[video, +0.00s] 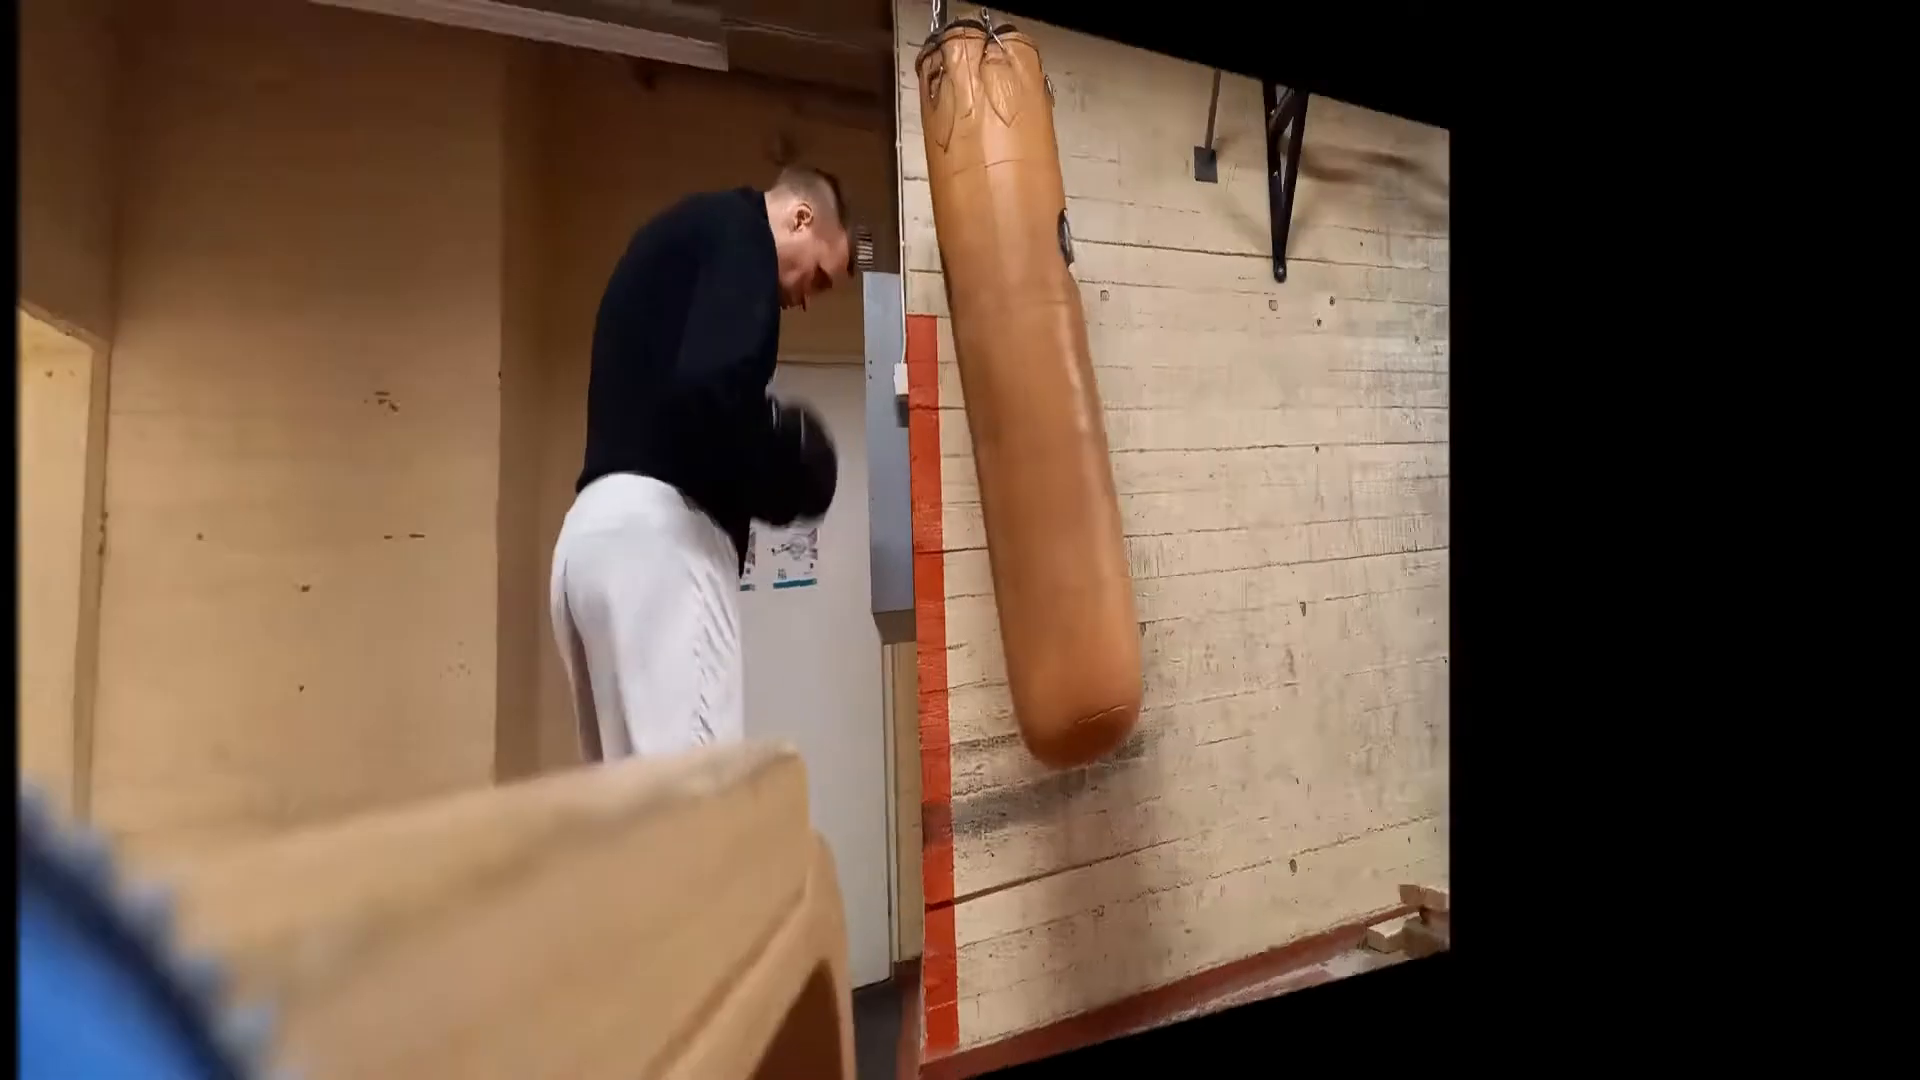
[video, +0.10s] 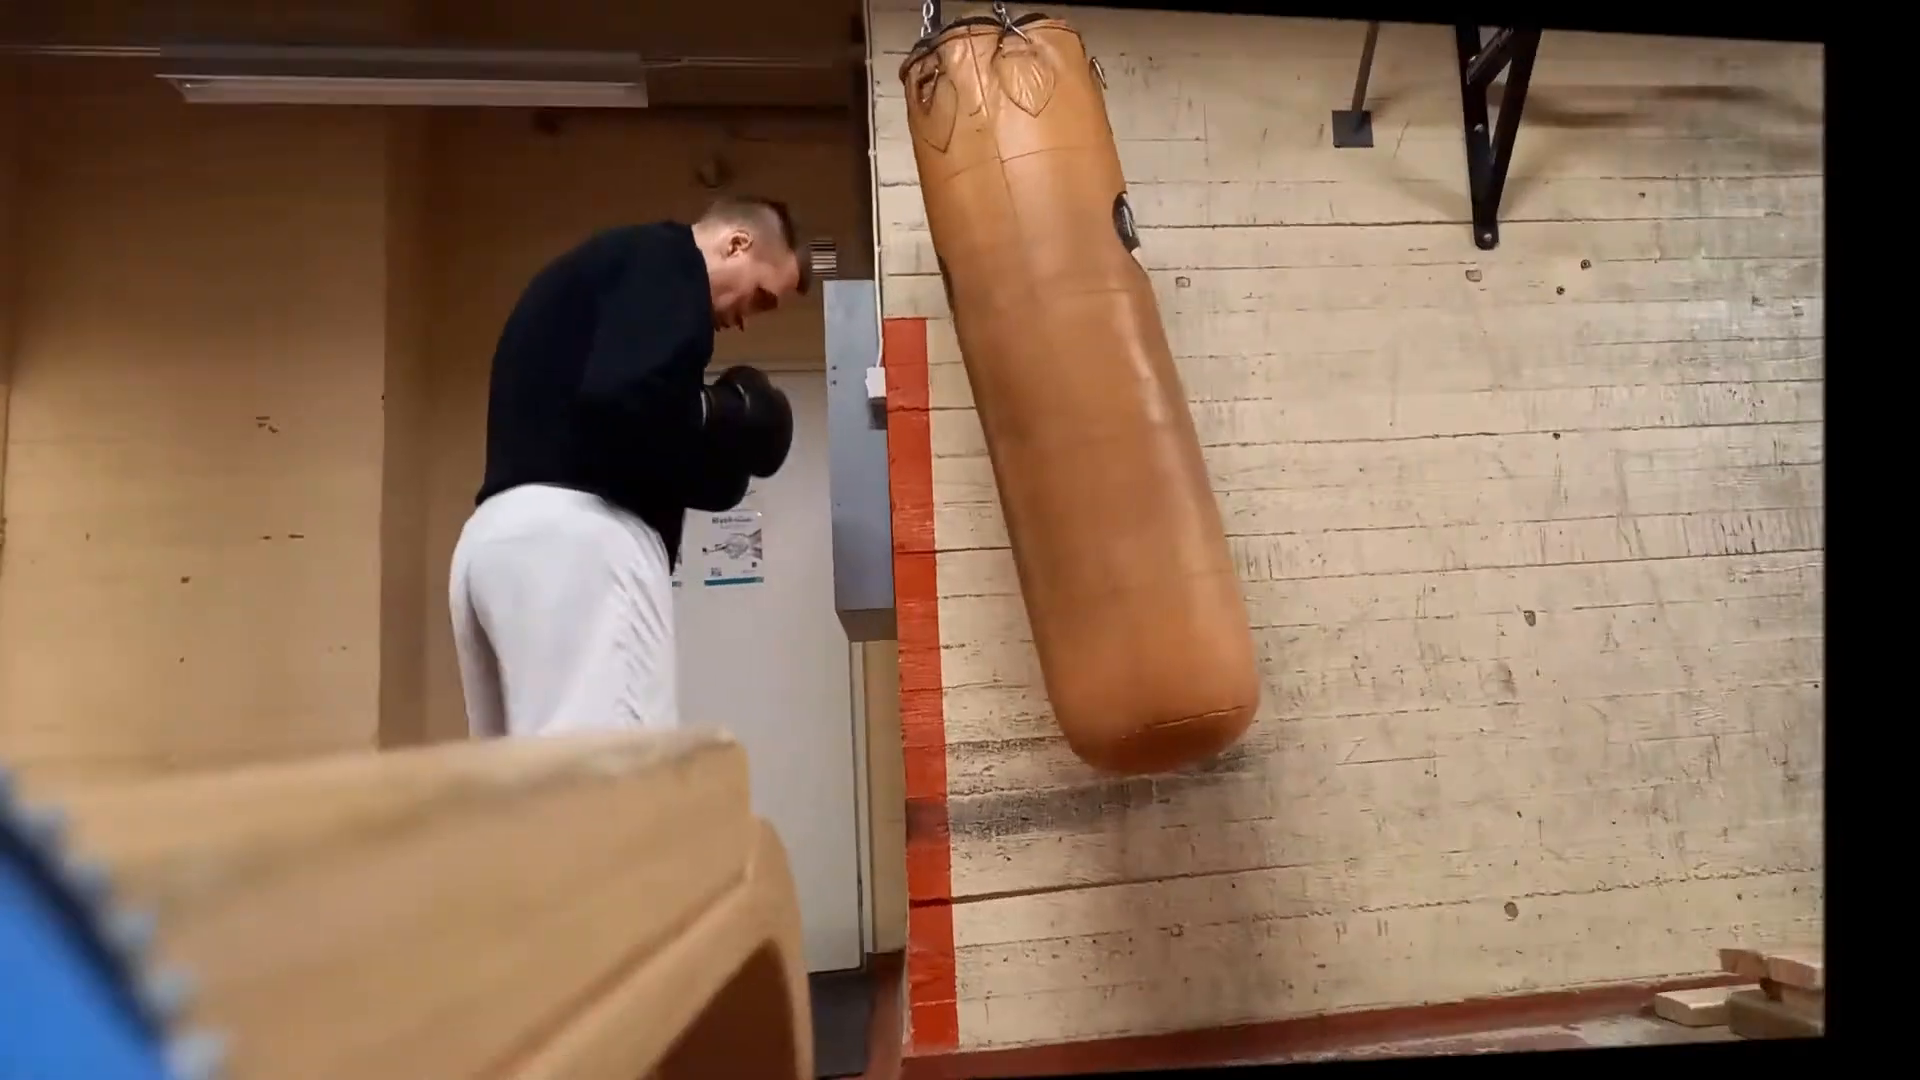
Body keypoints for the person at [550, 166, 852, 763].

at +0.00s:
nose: (804, 300)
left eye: (820, 288)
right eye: (818, 275)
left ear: (794, 216)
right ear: (799, 218)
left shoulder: (671, 242)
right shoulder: (740, 234)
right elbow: (713, 393)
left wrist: (767, 454)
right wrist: (790, 473)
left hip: (593, 533)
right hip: (657, 532)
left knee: (628, 808)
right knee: (695, 809)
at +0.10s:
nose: (744, 321)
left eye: (762, 310)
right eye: (760, 297)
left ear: (733, 242)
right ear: (735, 245)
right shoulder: (666, 265)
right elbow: (629, 400)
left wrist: (714, 428)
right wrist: (722, 451)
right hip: (578, 539)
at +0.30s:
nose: (746, 345)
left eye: (764, 334)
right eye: (762, 322)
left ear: (738, 273)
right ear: (739, 275)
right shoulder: (678, 292)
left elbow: (526, 474)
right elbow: (650, 430)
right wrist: (727, 504)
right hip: (587, 556)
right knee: (659, 799)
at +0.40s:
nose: (770, 340)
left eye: (784, 328)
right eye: (781, 317)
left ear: (752, 269)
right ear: (756, 270)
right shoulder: (655, 286)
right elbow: (622, 429)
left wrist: (699, 557)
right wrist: (728, 432)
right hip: (582, 564)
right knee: (667, 786)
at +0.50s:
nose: (780, 338)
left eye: (795, 327)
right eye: (792, 313)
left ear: (764, 264)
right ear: (765, 264)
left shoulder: (720, 369)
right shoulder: (625, 282)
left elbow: (679, 521)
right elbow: (567, 438)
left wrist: (771, 525)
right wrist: (703, 422)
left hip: (663, 584)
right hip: (583, 564)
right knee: (654, 786)